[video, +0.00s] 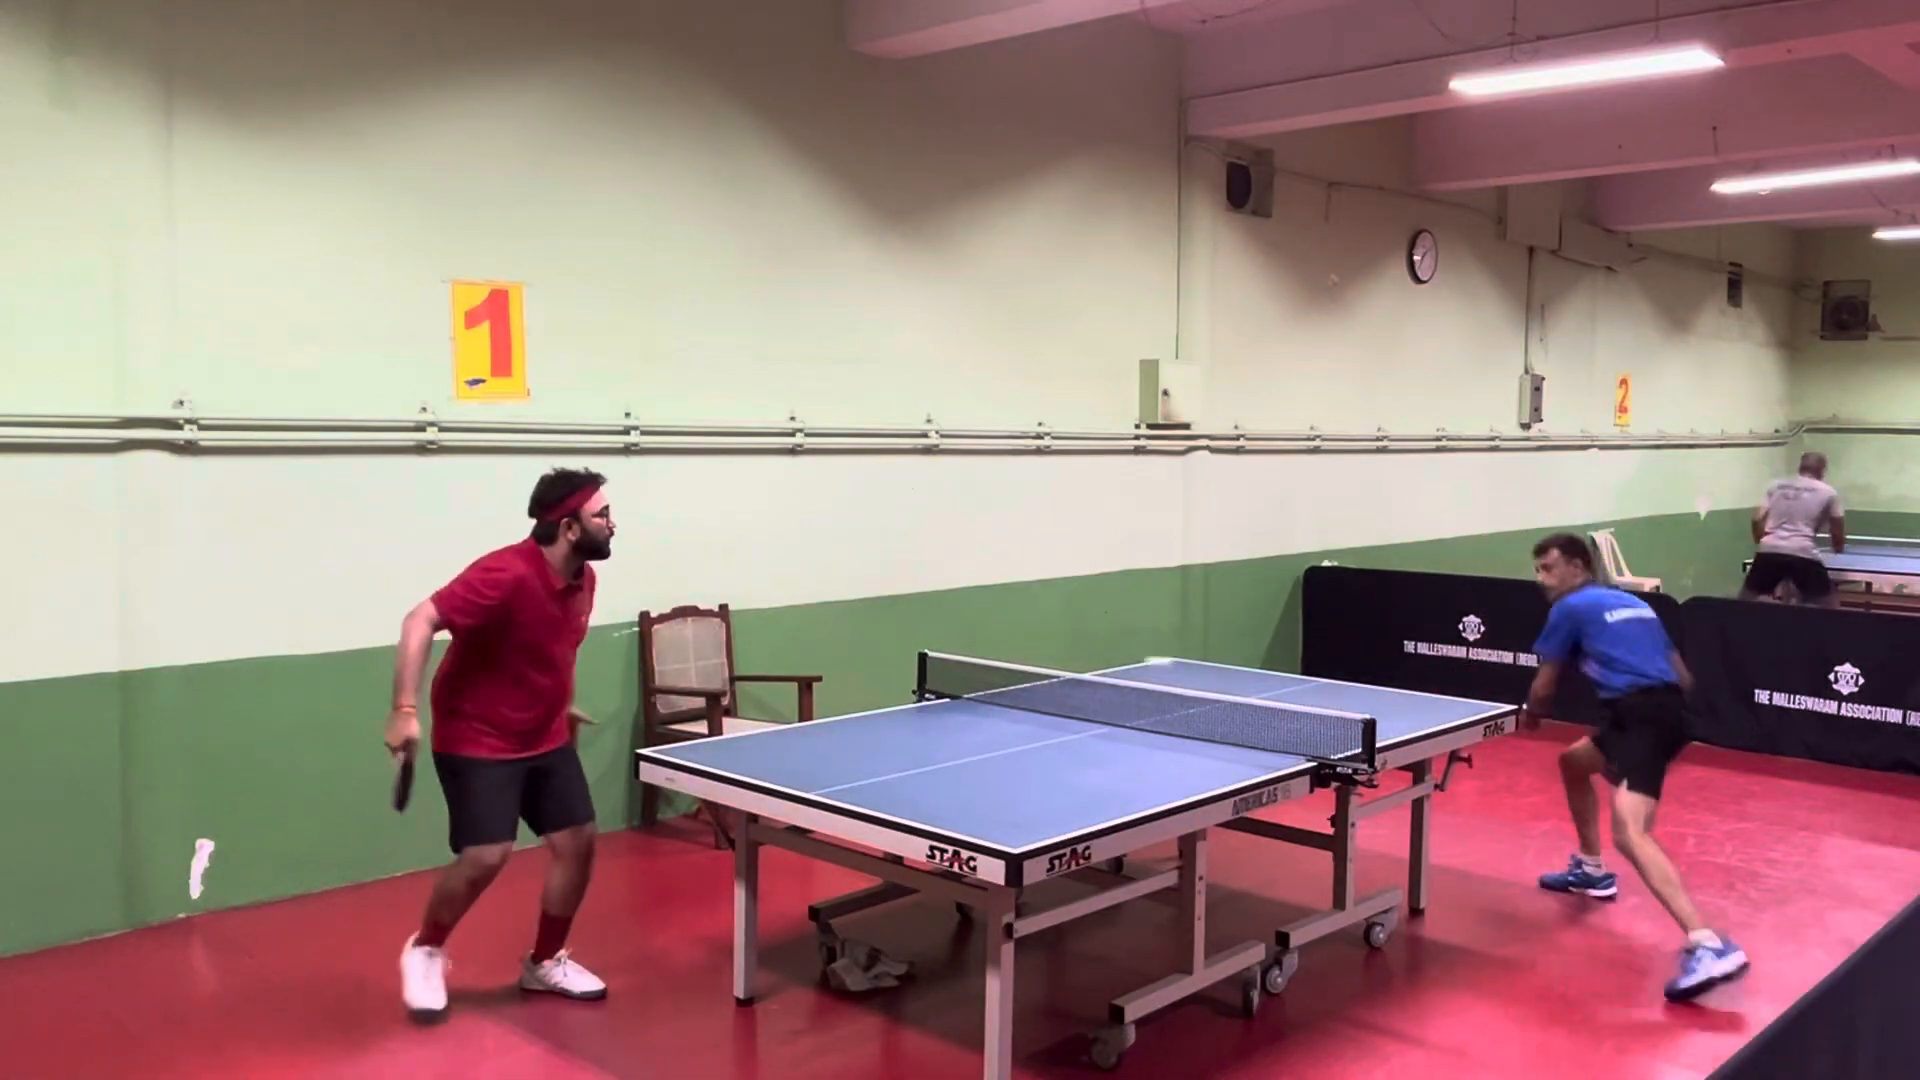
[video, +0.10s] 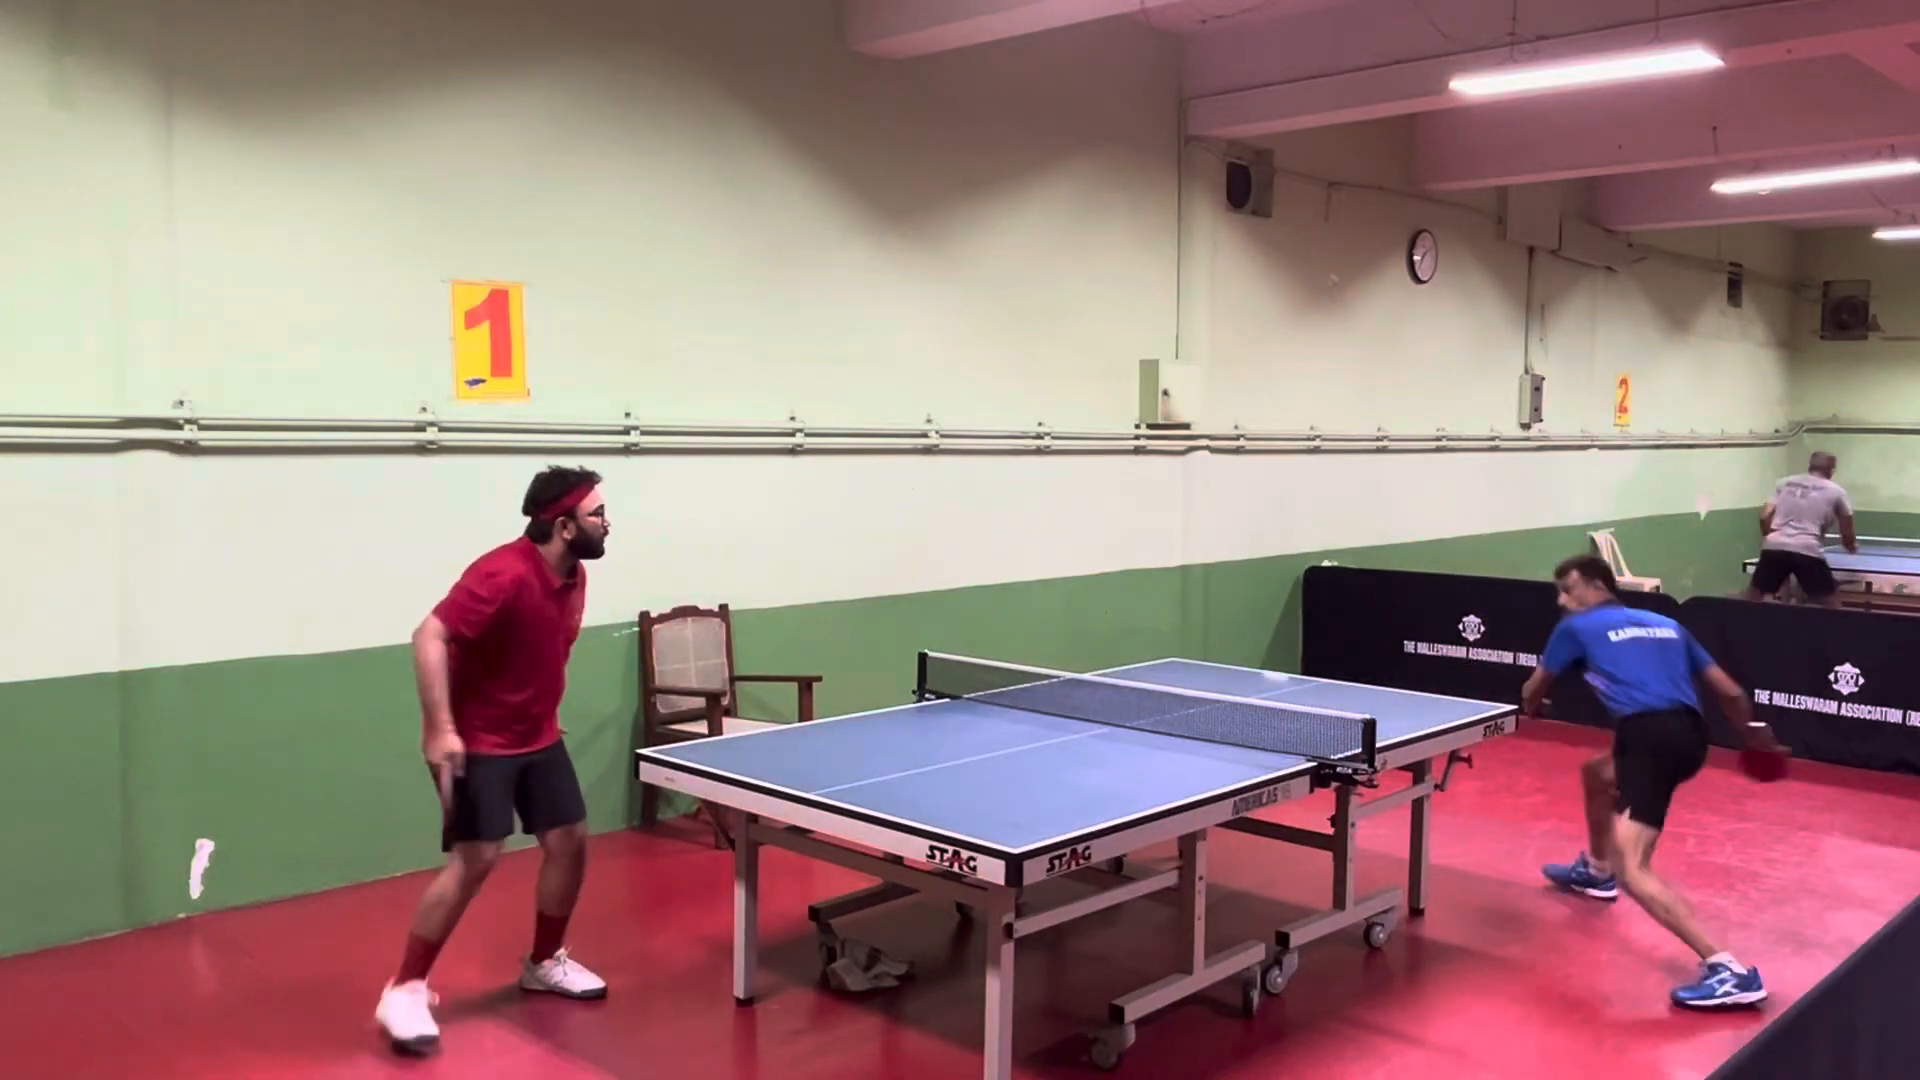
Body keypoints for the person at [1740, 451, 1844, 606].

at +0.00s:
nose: (1824, 474)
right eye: (1824, 470)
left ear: (1800, 469)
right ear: (1821, 471)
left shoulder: (1776, 486)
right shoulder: (1828, 493)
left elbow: (1757, 518)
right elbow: (1838, 544)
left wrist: (1761, 541)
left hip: (1768, 553)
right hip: (1803, 557)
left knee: (1744, 604)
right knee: (1829, 607)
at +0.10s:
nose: (1833, 474)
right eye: (1833, 470)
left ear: (1809, 467)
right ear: (1830, 471)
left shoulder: (1786, 483)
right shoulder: (1836, 492)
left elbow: (1765, 516)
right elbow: (1847, 536)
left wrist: (1770, 539)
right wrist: (1851, 546)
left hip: (1774, 550)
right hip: (1807, 553)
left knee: (1751, 598)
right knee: (1832, 604)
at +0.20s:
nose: (1839, 474)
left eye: (1839, 471)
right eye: (1839, 471)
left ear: (1815, 467)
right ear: (1836, 471)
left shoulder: (1789, 482)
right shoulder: (1838, 493)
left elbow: (1767, 517)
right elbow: (1849, 537)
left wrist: (1778, 539)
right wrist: (1861, 547)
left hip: (1776, 551)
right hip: (1809, 555)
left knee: (1758, 603)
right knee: (1834, 608)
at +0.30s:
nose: (1841, 479)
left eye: (1841, 475)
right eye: (1841, 475)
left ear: (1817, 467)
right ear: (1838, 474)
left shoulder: (1788, 482)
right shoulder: (1836, 492)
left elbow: (1767, 515)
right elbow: (1839, 535)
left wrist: (1782, 534)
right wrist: (1869, 552)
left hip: (1776, 551)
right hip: (1809, 554)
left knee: (1758, 605)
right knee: (1835, 608)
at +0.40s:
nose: (1843, 483)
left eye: (1844, 479)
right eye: (1844, 479)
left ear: (1821, 467)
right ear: (1841, 476)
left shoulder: (1788, 481)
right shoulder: (1833, 490)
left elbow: (1766, 514)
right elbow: (1824, 528)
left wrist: (1788, 526)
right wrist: (1860, 542)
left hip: (1777, 554)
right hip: (1809, 556)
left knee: (1759, 604)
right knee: (1841, 602)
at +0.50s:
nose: (1849, 485)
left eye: (1852, 481)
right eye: (1851, 479)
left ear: (1830, 466)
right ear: (1843, 472)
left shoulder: (1796, 480)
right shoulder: (1831, 486)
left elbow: (1775, 514)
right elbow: (1823, 522)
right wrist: (1859, 534)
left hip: (1779, 554)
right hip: (1809, 555)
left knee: (1763, 604)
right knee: (1842, 600)